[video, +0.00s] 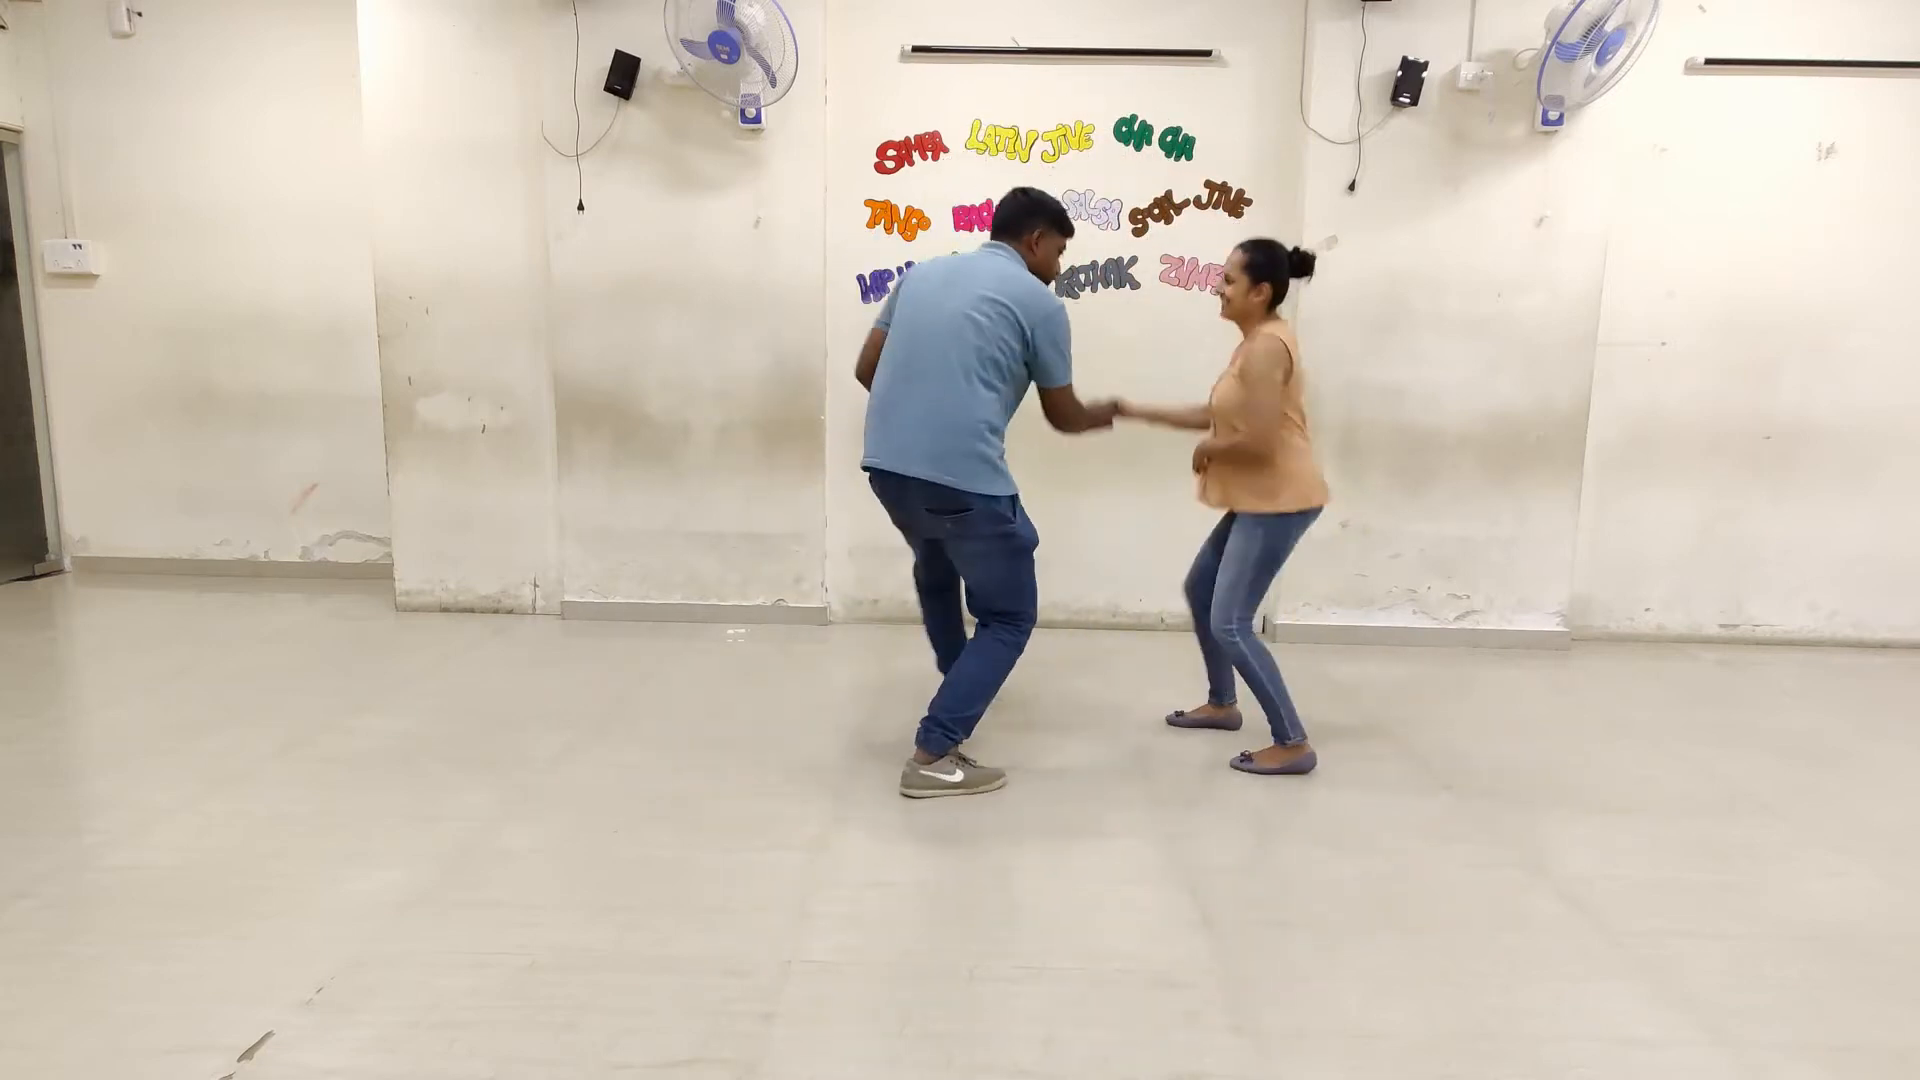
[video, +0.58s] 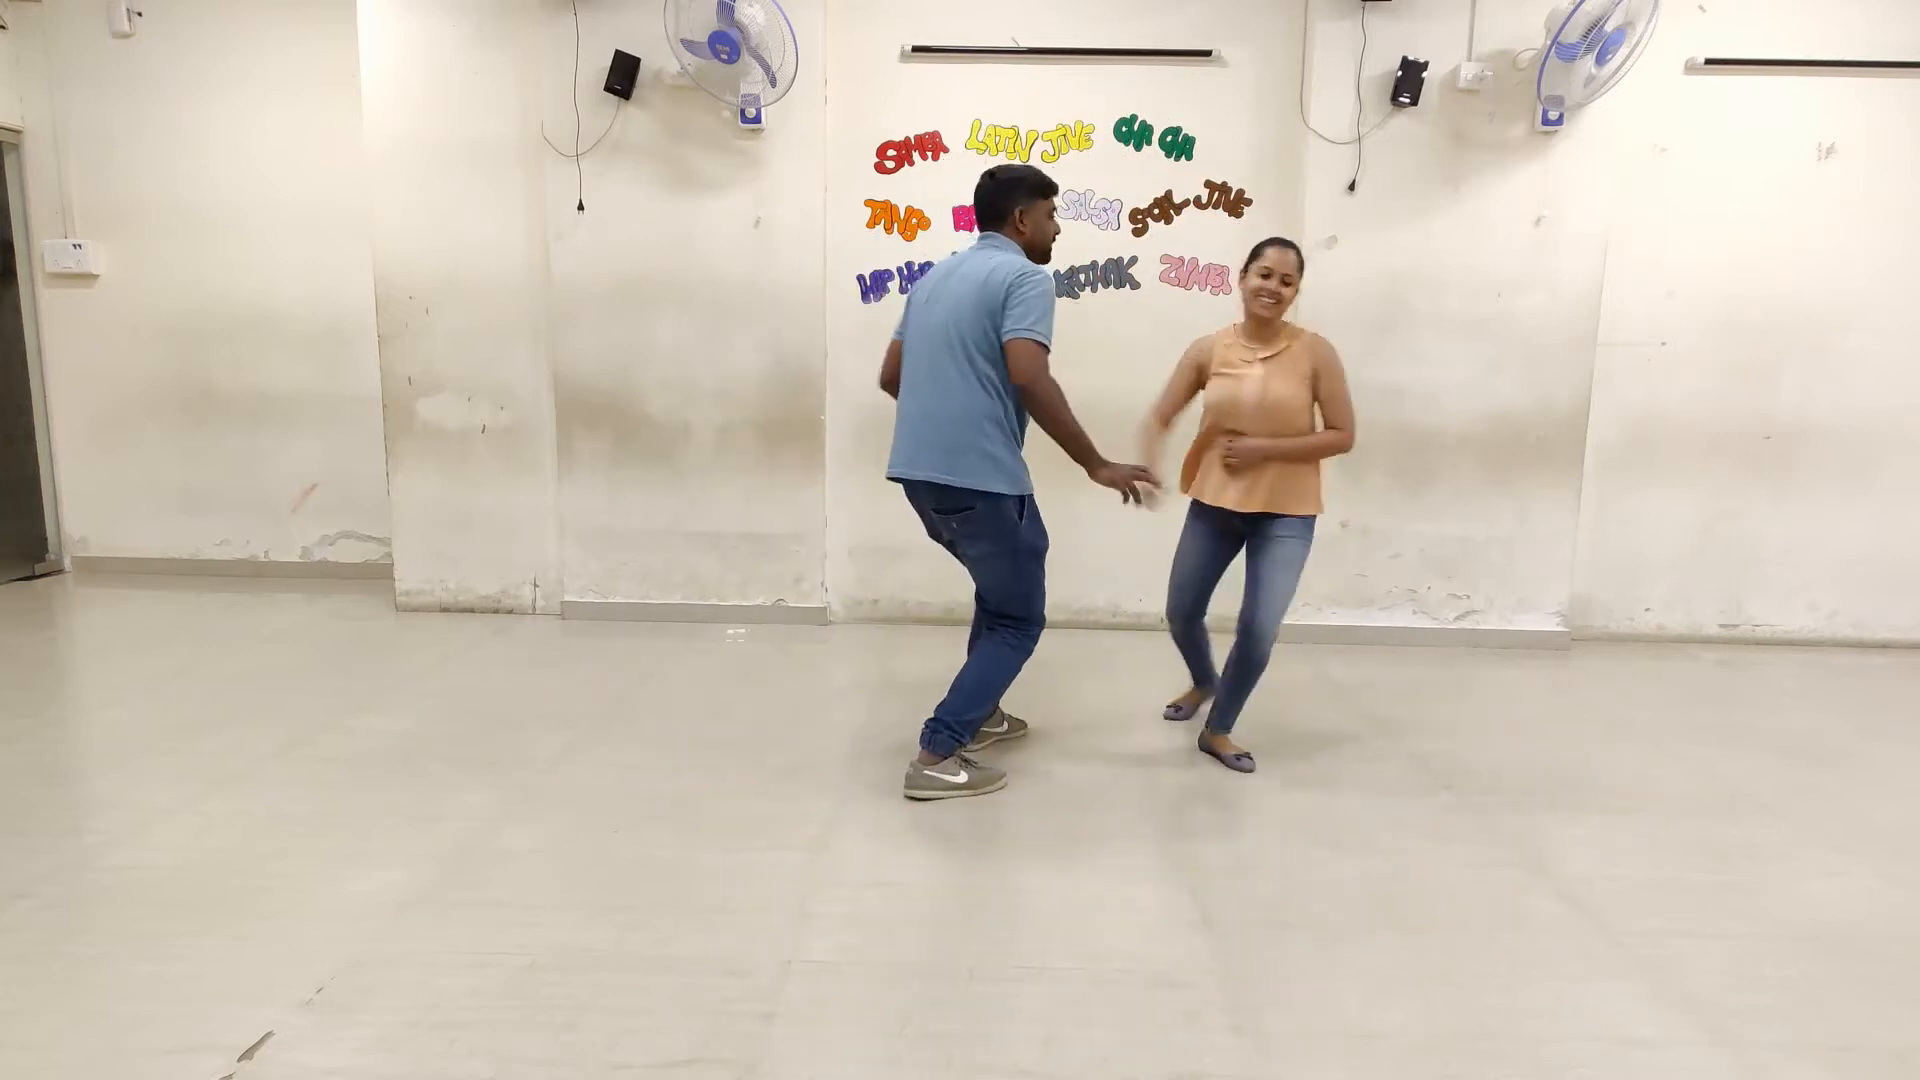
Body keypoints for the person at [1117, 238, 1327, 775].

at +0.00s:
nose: (1219, 290)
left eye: (1229, 281)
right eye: (1222, 279)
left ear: (1262, 291)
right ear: (1258, 290)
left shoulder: (1267, 346)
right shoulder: (1255, 343)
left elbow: (1257, 435)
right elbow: (1216, 415)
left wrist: (1205, 450)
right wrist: (1137, 412)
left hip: (1282, 502)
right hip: (1259, 500)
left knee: (1230, 621)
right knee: (1200, 589)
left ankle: (1293, 744)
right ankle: (1223, 704)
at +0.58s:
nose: (1272, 286)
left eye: (1285, 279)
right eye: (1263, 274)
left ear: (1296, 291)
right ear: (1242, 279)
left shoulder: (1315, 352)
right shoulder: (1209, 349)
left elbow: (1343, 436)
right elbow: (1159, 418)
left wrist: (1261, 448)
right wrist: (1149, 470)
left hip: (1286, 514)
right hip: (1214, 506)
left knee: (1259, 633)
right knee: (1181, 612)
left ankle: (1218, 731)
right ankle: (1206, 682)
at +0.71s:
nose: (1320, 276)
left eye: (1321, 266)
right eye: (1311, 266)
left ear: (1292, 271)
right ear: (1276, 269)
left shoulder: (1315, 338)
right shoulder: (1234, 342)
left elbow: (1327, 413)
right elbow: (1234, 438)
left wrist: (1322, 428)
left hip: (1293, 502)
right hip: (1230, 498)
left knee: (1273, 630)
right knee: (1231, 619)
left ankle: (1218, 729)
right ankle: (1164, 674)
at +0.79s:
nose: (1331, 264)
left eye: (1328, 254)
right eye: (1324, 254)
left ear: (1295, 263)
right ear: (1296, 261)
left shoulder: (1293, 326)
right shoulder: (1264, 328)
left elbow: (1293, 413)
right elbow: (1285, 422)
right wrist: (1366, 438)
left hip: (1282, 491)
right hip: (1243, 490)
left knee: (1277, 614)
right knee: (1273, 611)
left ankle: (1214, 726)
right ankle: (1182, 702)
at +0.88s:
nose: (1332, 254)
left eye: (1328, 245)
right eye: (1329, 246)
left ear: (1275, 257)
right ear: (1319, 253)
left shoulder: (1255, 314)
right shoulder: (1318, 313)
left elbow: (1235, 395)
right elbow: (1362, 403)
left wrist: (1311, 402)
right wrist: (1409, 398)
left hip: (1231, 479)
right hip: (1284, 484)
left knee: (1251, 606)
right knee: (1310, 609)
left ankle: (1212, 734)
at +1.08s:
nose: (1273, 261)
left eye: (1275, 253)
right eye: (1277, 252)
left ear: (1286, 258)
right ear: (1332, 254)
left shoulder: (1255, 311)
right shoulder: (1367, 315)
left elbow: (1206, 393)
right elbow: (1403, 379)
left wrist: (1255, 404)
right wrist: (1360, 345)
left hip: (1255, 477)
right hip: (1333, 483)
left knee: (1259, 613)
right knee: (1323, 610)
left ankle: (1265, 754)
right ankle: (1331, 745)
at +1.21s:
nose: (1278, 262)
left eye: (1286, 252)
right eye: (1280, 250)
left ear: (1318, 255)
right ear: (1329, 256)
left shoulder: (1301, 306)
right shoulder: (1359, 308)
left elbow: (1259, 401)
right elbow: (1308, 368)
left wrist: (1257, 405)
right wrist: (1237, 363)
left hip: (1303, 482)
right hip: (1359, 482)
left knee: (1282, 620)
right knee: (1320, 613)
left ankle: (1309, 756)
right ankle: (1343, 743)